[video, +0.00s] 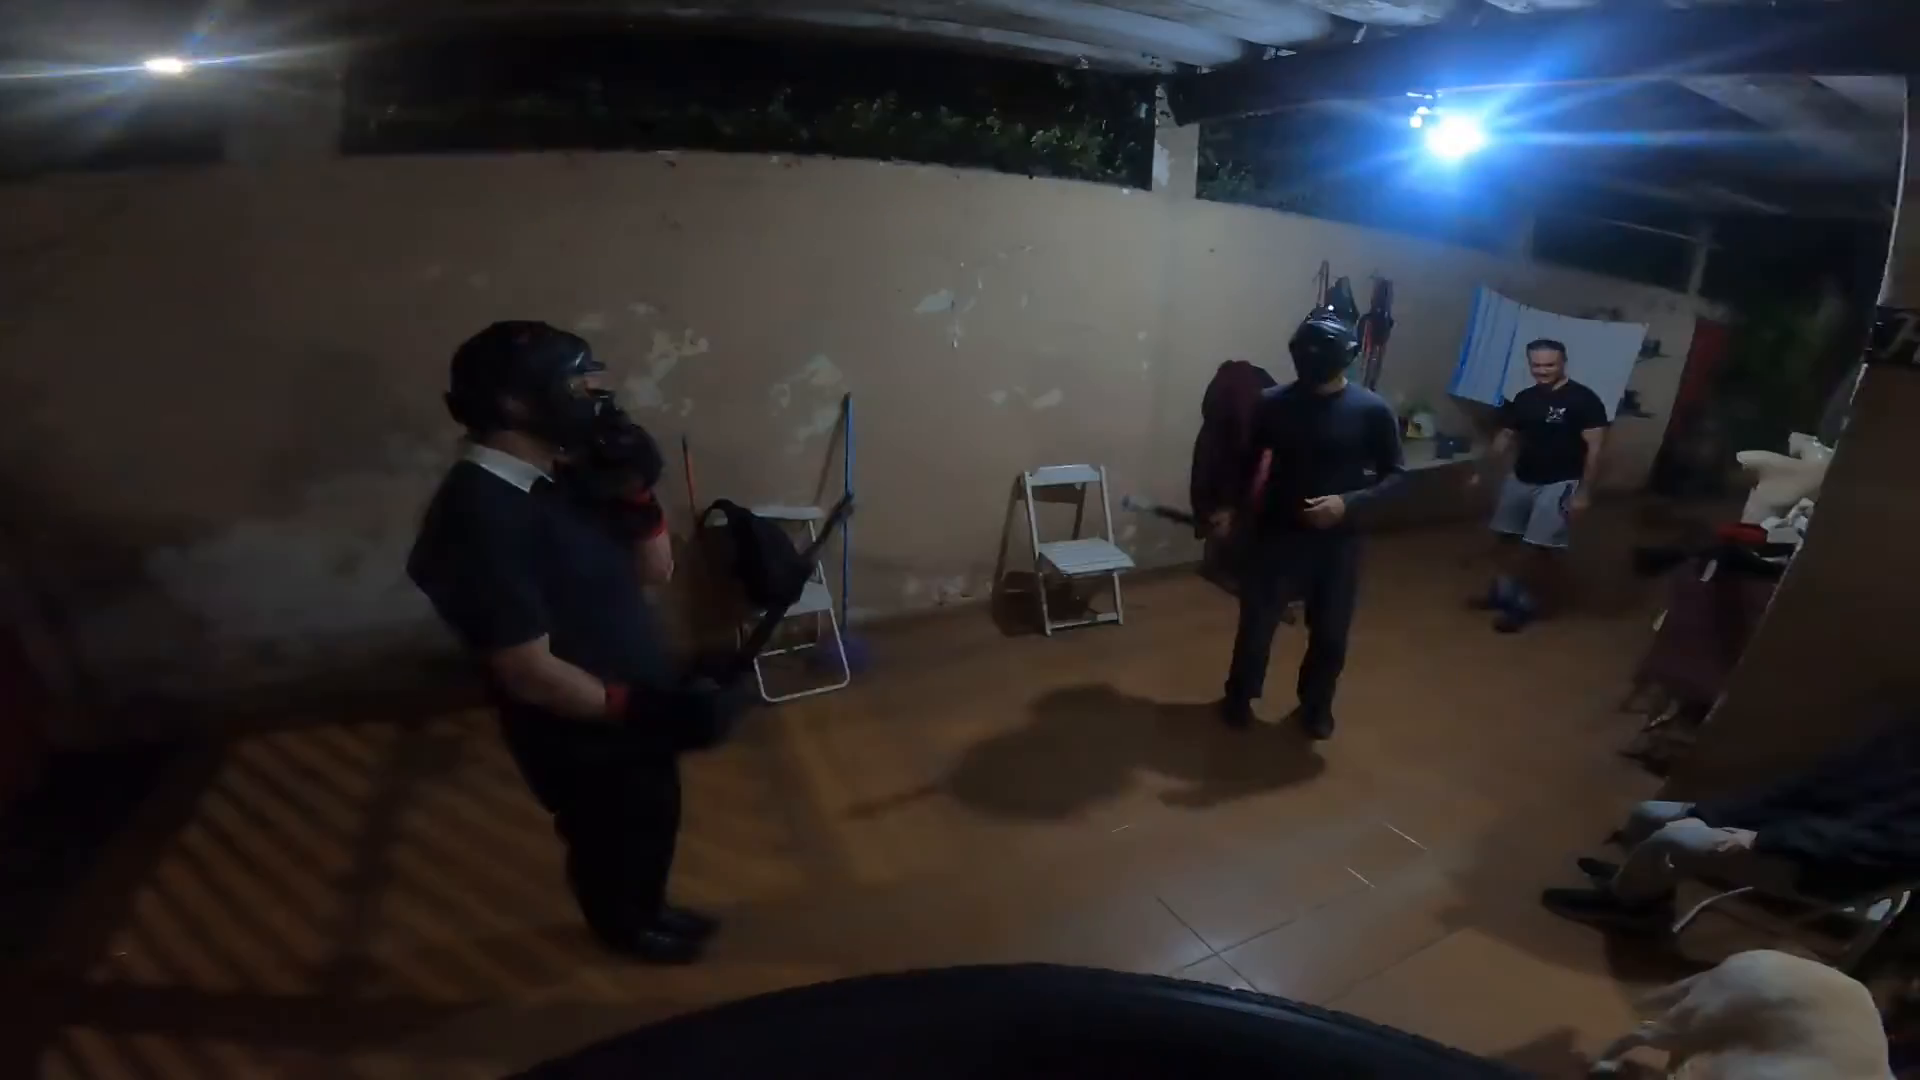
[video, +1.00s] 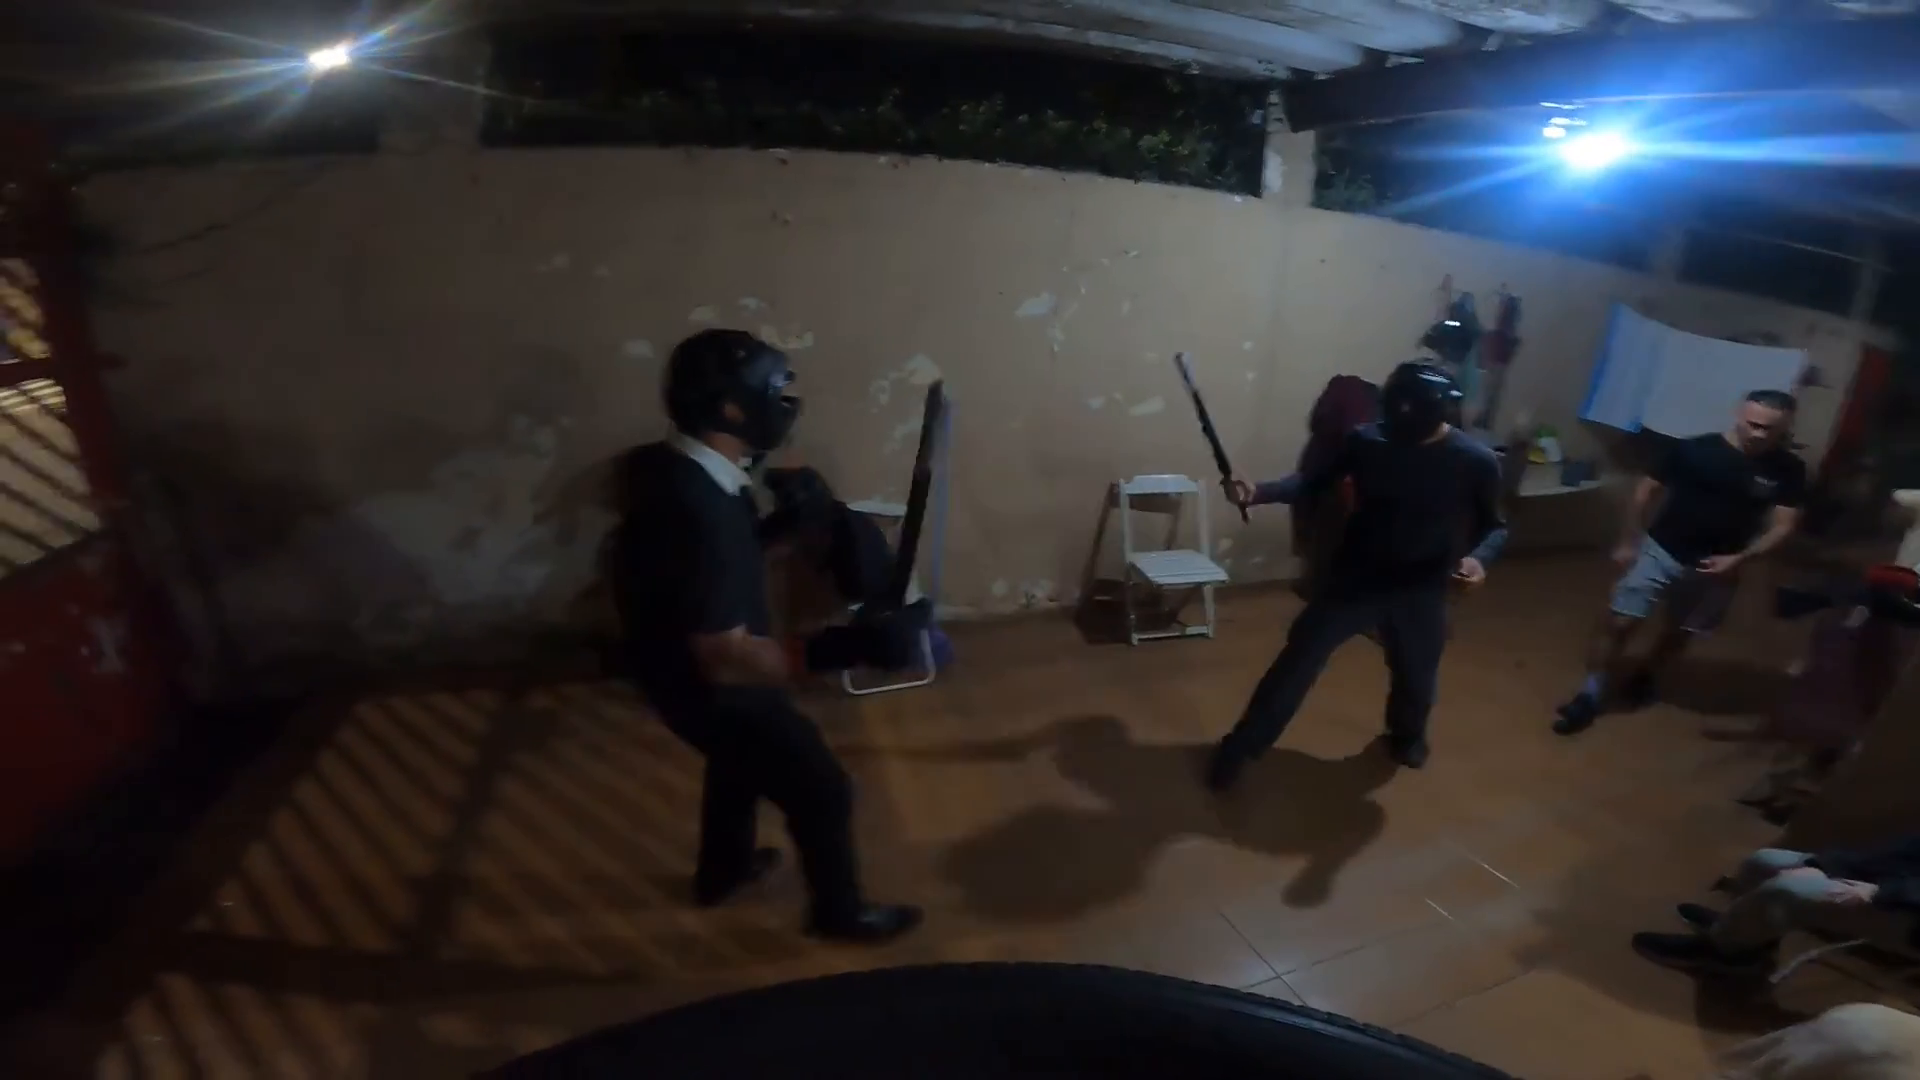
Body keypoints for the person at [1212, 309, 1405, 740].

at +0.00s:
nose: (1311, 363)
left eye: (1321, 355)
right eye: (1305, 353)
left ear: (1342, 359)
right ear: (1295, 356)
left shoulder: (1371, 412)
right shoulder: (1274, 406)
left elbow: (1398, 476)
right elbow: (1248, 465)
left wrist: (1348, 503)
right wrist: (1229, 506)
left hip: (1336, 541)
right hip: (1275, 534)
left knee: (1331, 634)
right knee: (1256, 623)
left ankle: (1316, 708)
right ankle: (1239, 697)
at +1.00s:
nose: (1395, 420)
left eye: (1406, 412)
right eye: (1392, 410)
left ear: (1434, 414)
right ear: (1388, 406)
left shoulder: (1475, 463)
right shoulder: (1366, 445)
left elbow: (1495, 527)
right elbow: (1314, 483)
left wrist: (1479, 557)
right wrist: (1259, 493)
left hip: (1421, 589)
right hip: (1354, 578)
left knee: (1417, 680)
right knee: (1299, 659)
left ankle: (1407, 740)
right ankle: (1238, 749)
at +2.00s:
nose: (1382, 534)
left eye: (1388, 522)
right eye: (1371, 527)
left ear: (1397, 517)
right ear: (1350, 523)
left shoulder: (1416, 525)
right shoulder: (1318, 541)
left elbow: (1455, 524)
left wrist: (1480, 533)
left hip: (1398, 622)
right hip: (1329, 624)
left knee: (1456, 697)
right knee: (1285, 703)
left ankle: (1411, 734)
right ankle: (1218, 770)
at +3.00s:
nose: (1364, 465)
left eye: (1374, 456)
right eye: (1356, 455)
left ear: (1397, 442)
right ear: (1342, 442)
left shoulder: (1437, 480)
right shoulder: (1318, 470)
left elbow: (1463, 545)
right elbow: (1288, 522)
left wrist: (1432, 612)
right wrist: (1255, 577)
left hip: (1392, 610)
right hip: (1322, 602)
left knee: (1410, 698)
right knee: (1277, 674)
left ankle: (1421, 751)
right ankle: (1230, 766)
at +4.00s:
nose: (1312, 460)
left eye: (1321, 452)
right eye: (1307, 450)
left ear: (1352, 441)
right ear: (1302, 438)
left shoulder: (1403, 479)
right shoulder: (1290, 467)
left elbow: (1434, 561)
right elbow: (1264, 521)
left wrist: (1364, 574)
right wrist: (1229, 567)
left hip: (1367, 603)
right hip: (1295, 593)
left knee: (1378, 693)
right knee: (1259, 678)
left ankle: (1380, 743)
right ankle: (1230, 769)